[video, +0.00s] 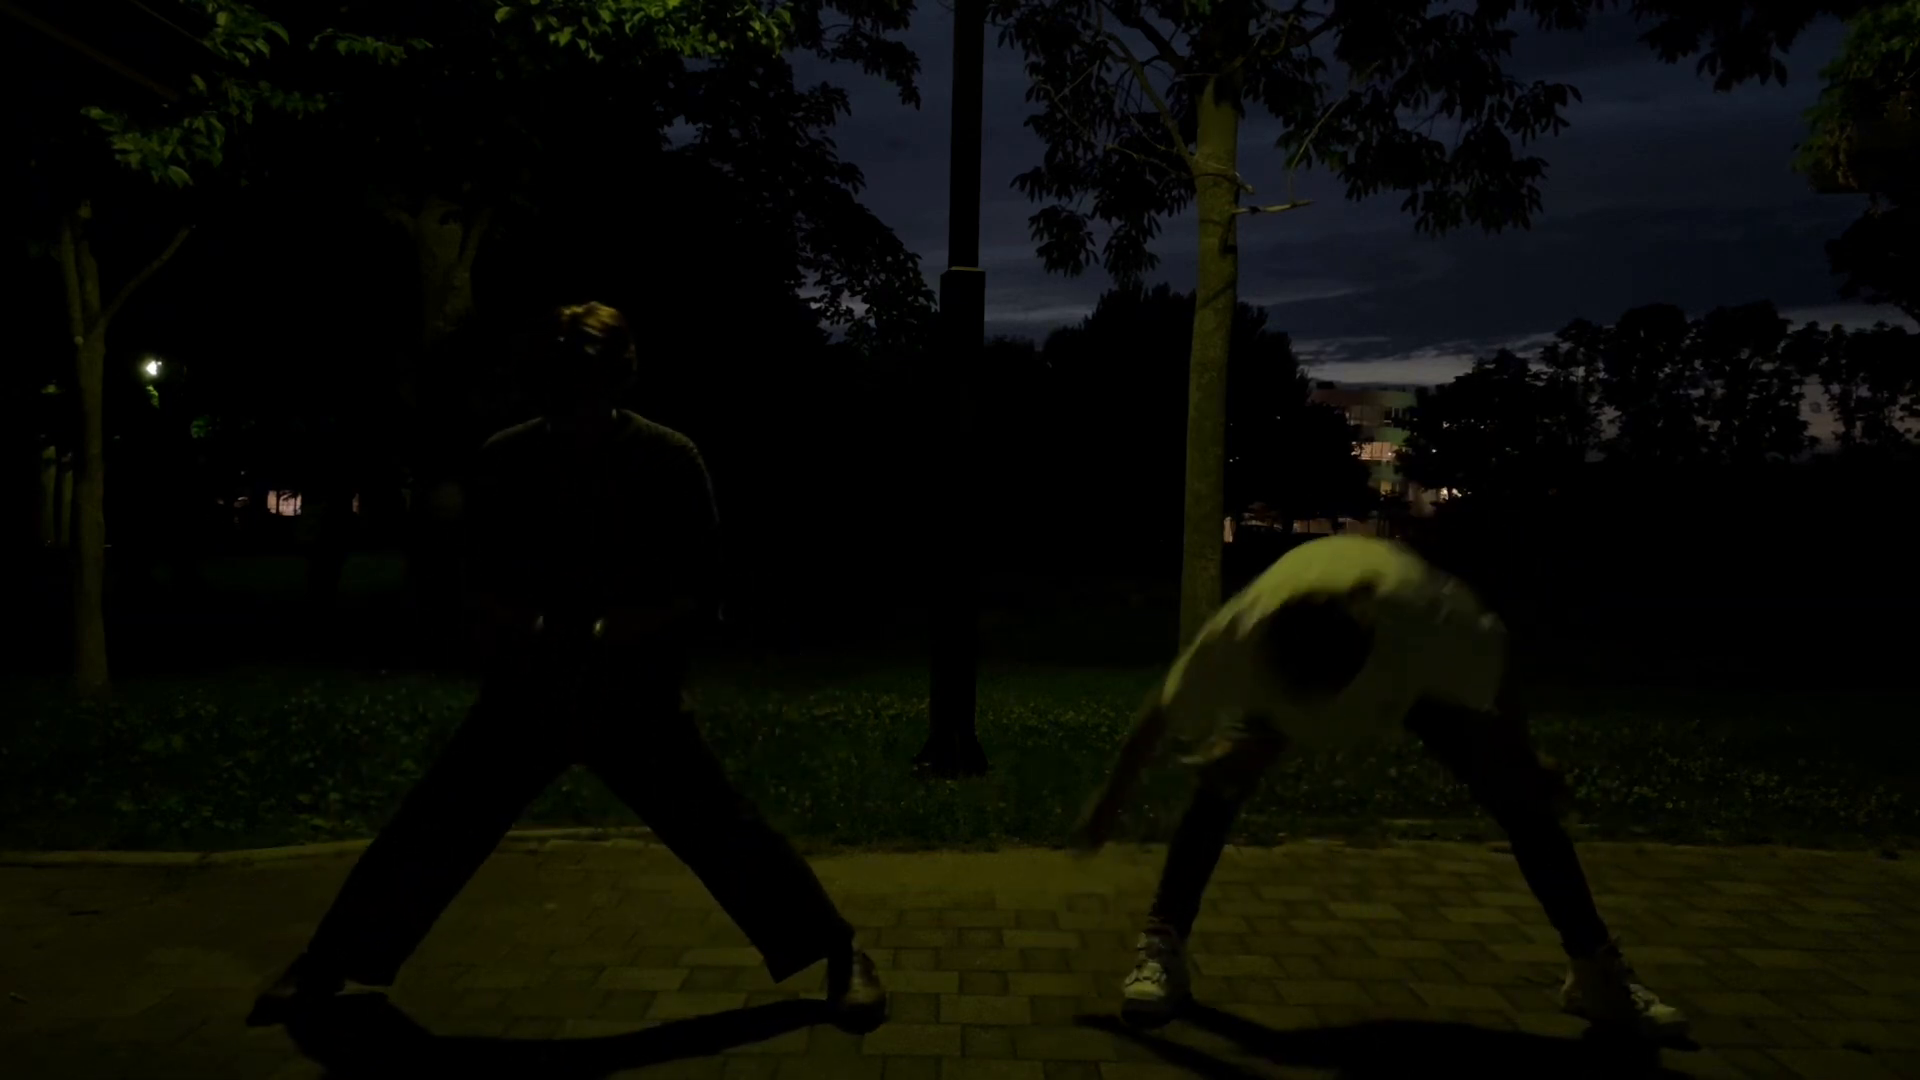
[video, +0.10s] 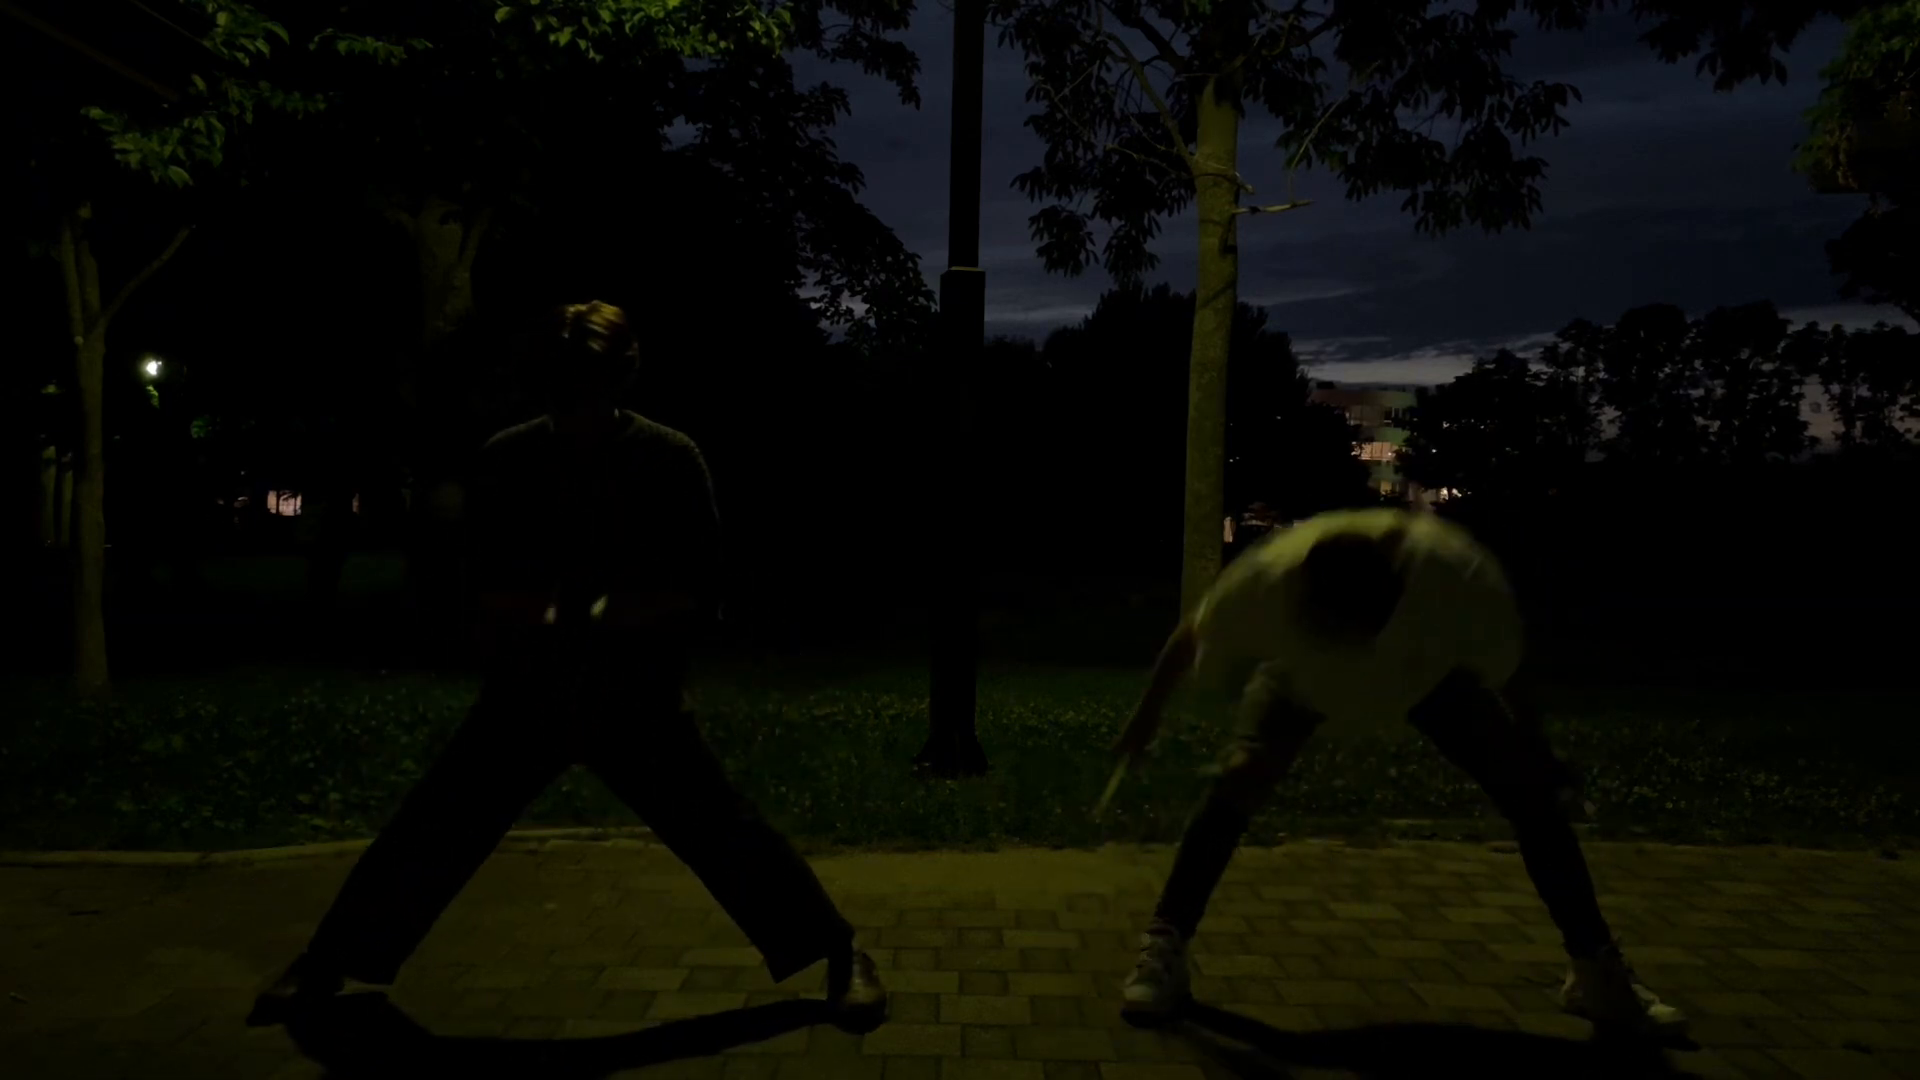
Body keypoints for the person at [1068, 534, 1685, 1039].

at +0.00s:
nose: (1305, 707)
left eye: (1320, 692)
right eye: (1294, 689)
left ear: (1356, 659)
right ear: (1270, 653)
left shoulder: (1423, 614)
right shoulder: (1238, 634)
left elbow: (1498, 678)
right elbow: (1157, 718)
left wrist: (1529, 768)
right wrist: (1108, 803)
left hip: (1411, 683)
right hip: (1287, 702)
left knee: (1520, 802)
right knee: (1218, 792)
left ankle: (1600, 973)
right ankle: (1161, 951)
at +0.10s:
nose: (1342, 636)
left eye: (1357, 623)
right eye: (1329, 620)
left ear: (1392, 587)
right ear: (1304, 588)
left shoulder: (1455, 574)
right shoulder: (1267, 576)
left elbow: (1511, 676)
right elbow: (1188, 643)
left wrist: (1546, 767)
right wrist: (1142, 721)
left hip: (1424, 668)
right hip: (1304, 670)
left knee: (1533, 803)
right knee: (1236, 788)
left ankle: (1601, 975)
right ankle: (1162, 951)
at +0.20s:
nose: (1374, 546)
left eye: (1389, 531)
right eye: (1366, 528)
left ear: (1424, 504)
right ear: (1346, 494)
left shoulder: (1483, 516)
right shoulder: (1300, 488)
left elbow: (1527, 636)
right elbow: (1253, 572)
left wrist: (1547, 726)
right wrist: (1216, 631)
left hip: (1438, 654)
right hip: (1323, 646)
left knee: (1541, 798)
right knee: (1240, 774)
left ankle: (1601, 973)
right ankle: (1155, 947)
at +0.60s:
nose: (1338, 439)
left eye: (1354, 422)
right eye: (1325, 422)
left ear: (1379, 408)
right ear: (1299, 406)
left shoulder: (1432, 451)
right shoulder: (1246, 451)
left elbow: (1500, 565)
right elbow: (1195, 551)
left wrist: (1513, 668)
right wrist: (1158, 643)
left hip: (1404, 675)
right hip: (1277, 673)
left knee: (1517, 808)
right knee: (1179, 794)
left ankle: (1601, 979)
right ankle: (1085, 953)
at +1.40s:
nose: (1384, 349)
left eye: (1397, 332)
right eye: (1370, 331)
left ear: (1414, 332)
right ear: (1335, 325)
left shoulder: (1441, 416)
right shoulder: (1271, 409)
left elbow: (1478, 524)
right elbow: (1201, 502)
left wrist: (1444, 587)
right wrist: (1245, 569)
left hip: (1412, 665)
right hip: (1287, 662)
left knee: (1518, 808)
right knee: (1185, 794)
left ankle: (1600, 976)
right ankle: (1088, 955)